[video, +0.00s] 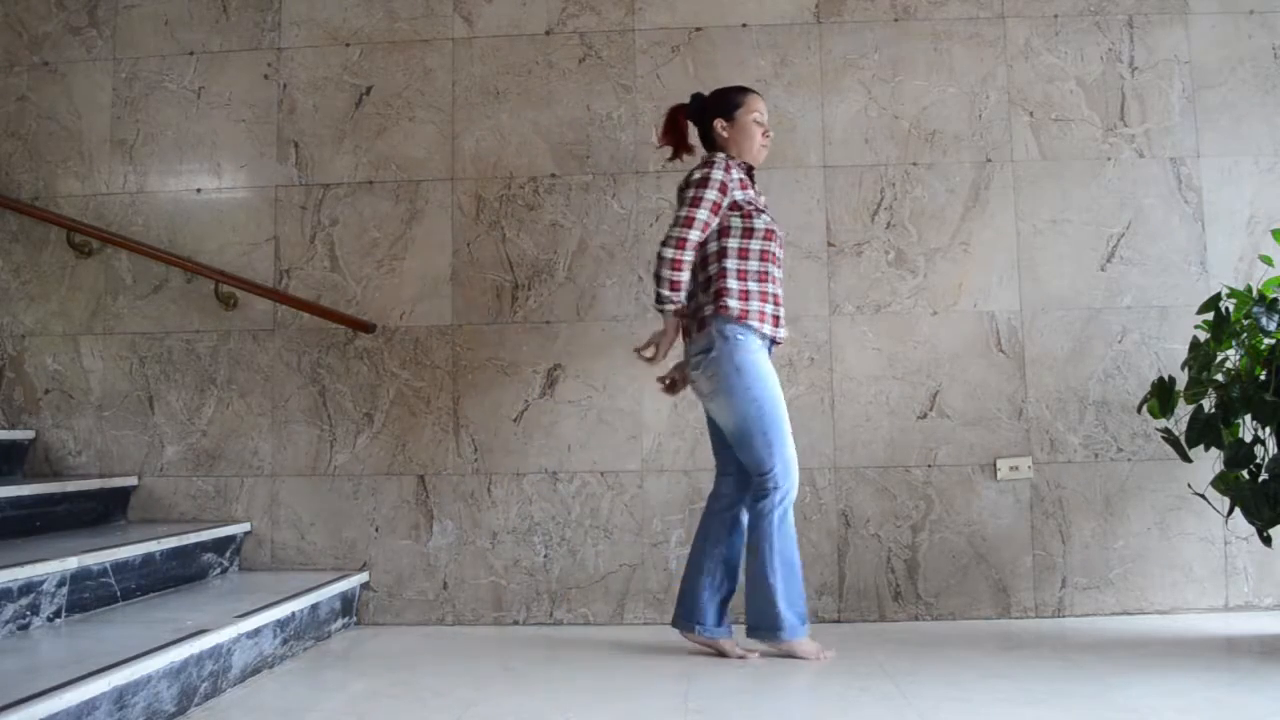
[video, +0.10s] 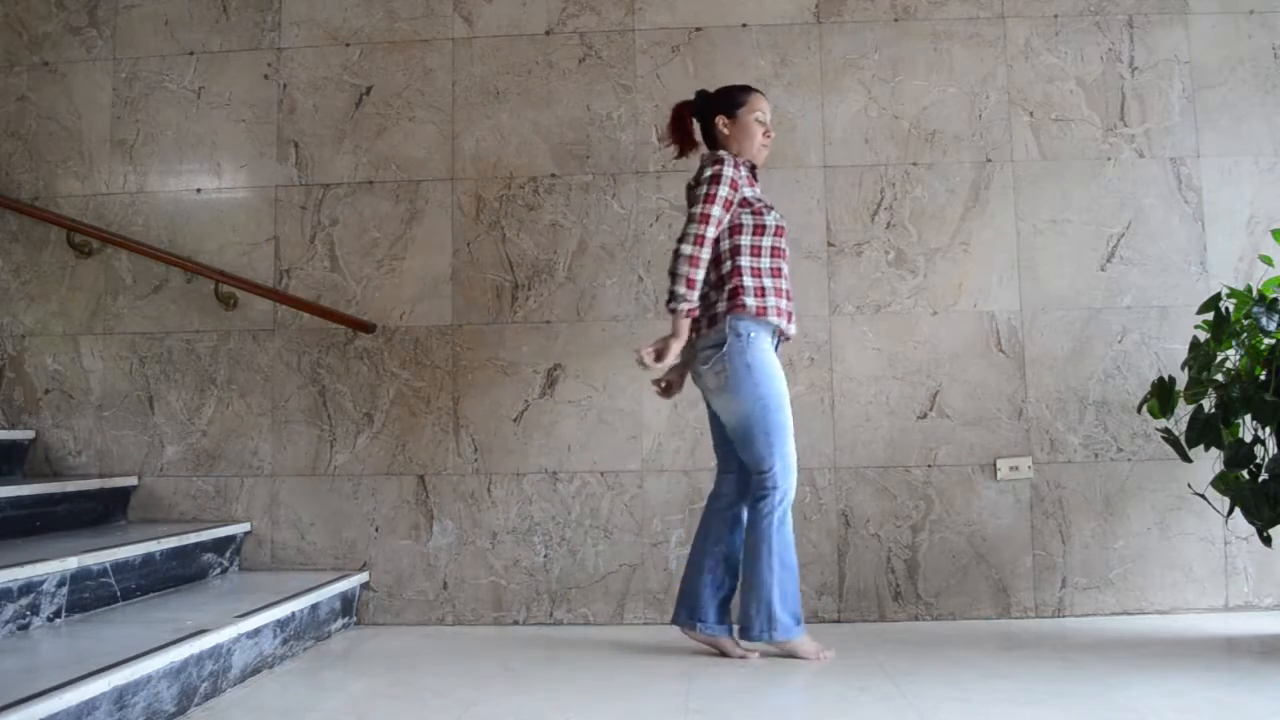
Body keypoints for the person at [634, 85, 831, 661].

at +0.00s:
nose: (767, 133)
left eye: (767, 125)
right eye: (757, 123)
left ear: (732, 131)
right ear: (722, 128)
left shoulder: (738, 184)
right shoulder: (718, 172)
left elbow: (717, 278)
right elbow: (681, 247)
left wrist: (692, 355)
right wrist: (670, 318)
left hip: (730, 342)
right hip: (731, 342)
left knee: (734, 487)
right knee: (776, 479)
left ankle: (703, 620)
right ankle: (781, 628)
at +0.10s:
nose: (770, 133)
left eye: (770, 125)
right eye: (760, 122)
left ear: (731, 128)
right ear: (724, 126)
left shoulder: (738, 181)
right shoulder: (723, 171)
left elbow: (714, 275)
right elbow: (697, 245)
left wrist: (685, 356)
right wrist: (677, 331)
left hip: (726, 342)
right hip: (740, 341)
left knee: (735, 483)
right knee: (776, 480)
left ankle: (704, 615)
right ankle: (774, 625)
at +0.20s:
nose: (775, 127)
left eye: (775, 119)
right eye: (765, 117)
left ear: (737, 124)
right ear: (729, 121)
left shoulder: (740, 174)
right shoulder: (729, 167)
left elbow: (714, 262)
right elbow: (707, 245)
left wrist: (683, 350)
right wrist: (692, 332)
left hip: (725, 336)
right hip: (737, 335)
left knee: (738, 478)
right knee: (794, 467)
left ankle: (705, 614)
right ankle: (787, 618)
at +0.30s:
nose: (781, 133)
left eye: (781, 124)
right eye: (771, 122)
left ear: (739, 132)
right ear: (734, 128)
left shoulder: (728, 187)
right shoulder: (737, 179)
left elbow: (706, 276)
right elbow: (729, 254)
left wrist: (686, 355)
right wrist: (727, 332)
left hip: (709, 348)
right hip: (735, 346)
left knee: (735, 487)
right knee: (805, 469)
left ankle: (701, 621)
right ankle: (798, 624)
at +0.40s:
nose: (784, 130)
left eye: (784, 120)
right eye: (774, 119)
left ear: (735, 129)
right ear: (737, 124)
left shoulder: (721, 179)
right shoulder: (744, 173)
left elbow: (720, 258)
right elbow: (761, 243)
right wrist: (783, 318)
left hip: (701, 347)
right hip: (731, 340)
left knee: (730, 488)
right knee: (801, 469)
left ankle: (702, 621)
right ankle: (800, 629)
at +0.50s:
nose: (787, 122)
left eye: (787, 113)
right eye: (777, 112)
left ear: (738, 121)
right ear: (740, 115)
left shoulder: (720, 176)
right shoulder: (745, 167)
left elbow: (721, 263)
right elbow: (780, 233)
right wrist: (831, 309)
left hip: (708, 336)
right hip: (740, 331)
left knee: (732, 481)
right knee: (791, 471)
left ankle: (702, 620)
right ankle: (772, 636)